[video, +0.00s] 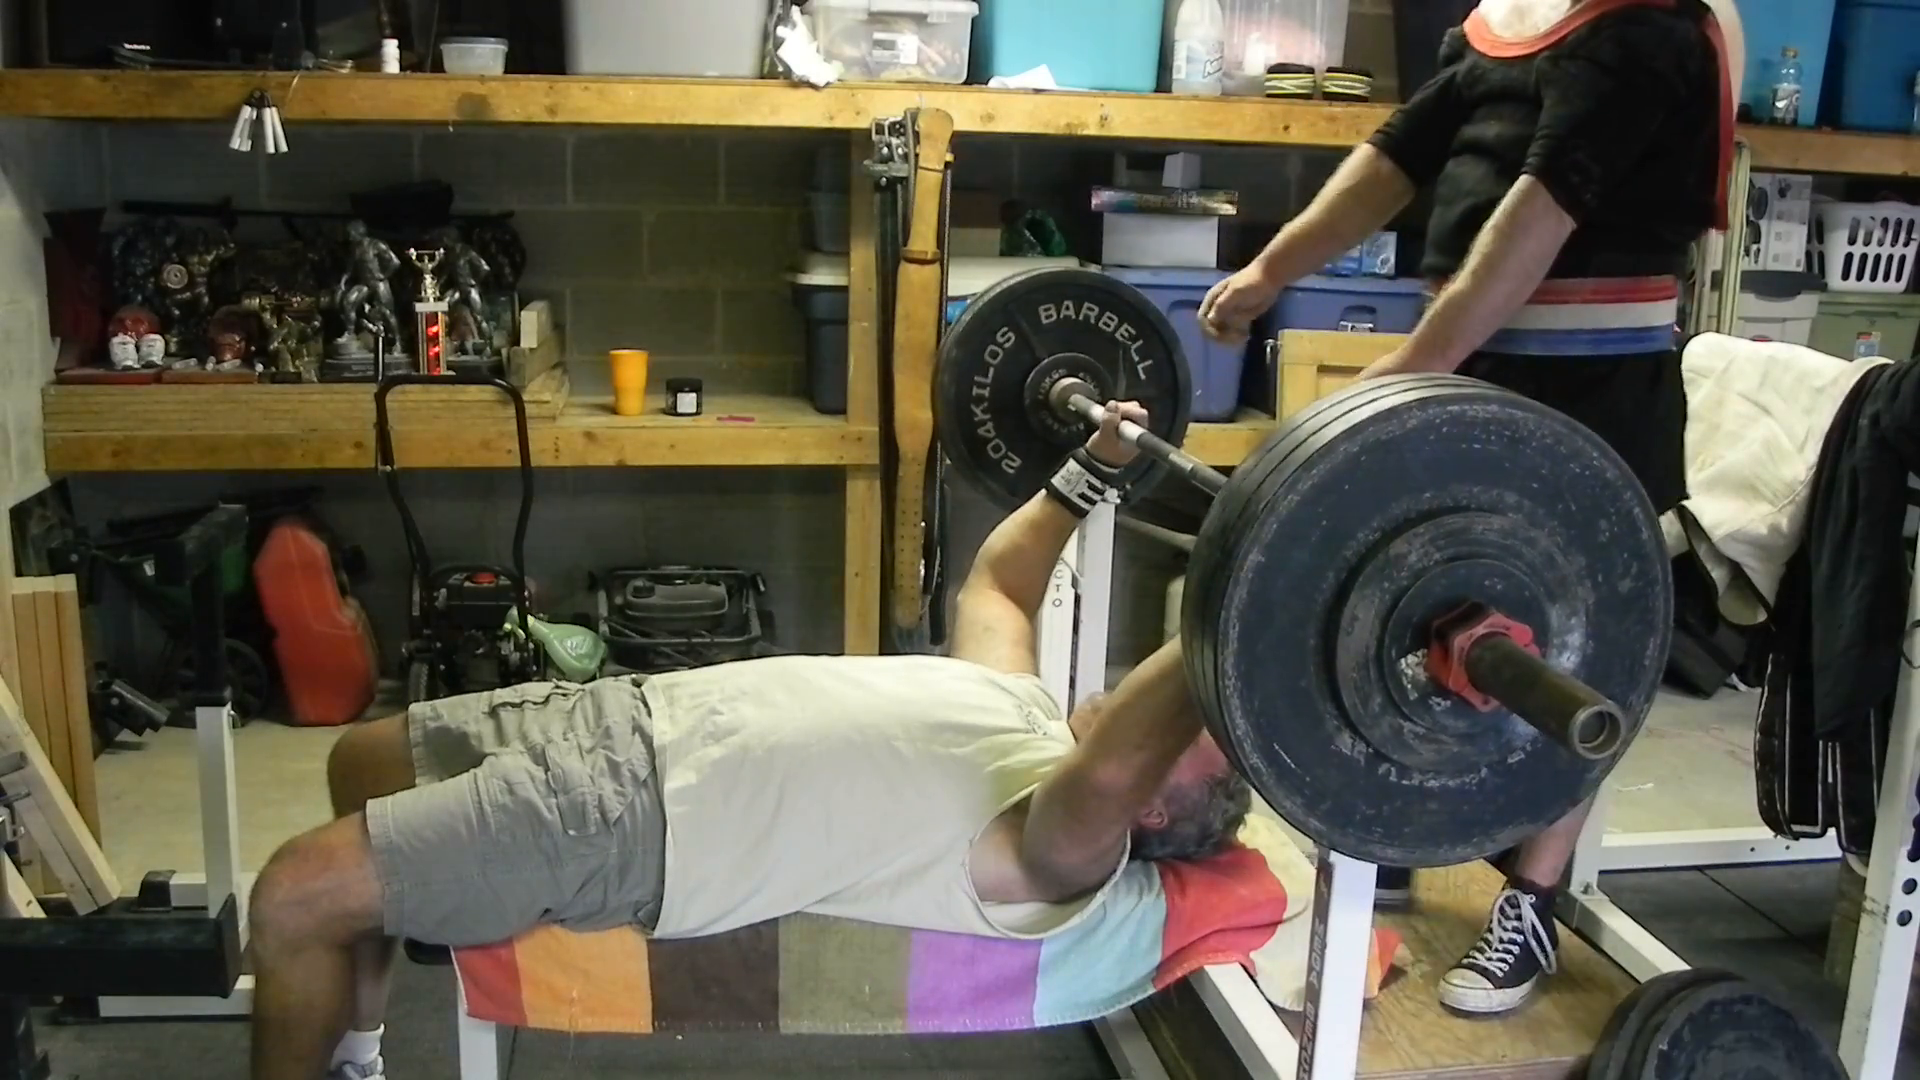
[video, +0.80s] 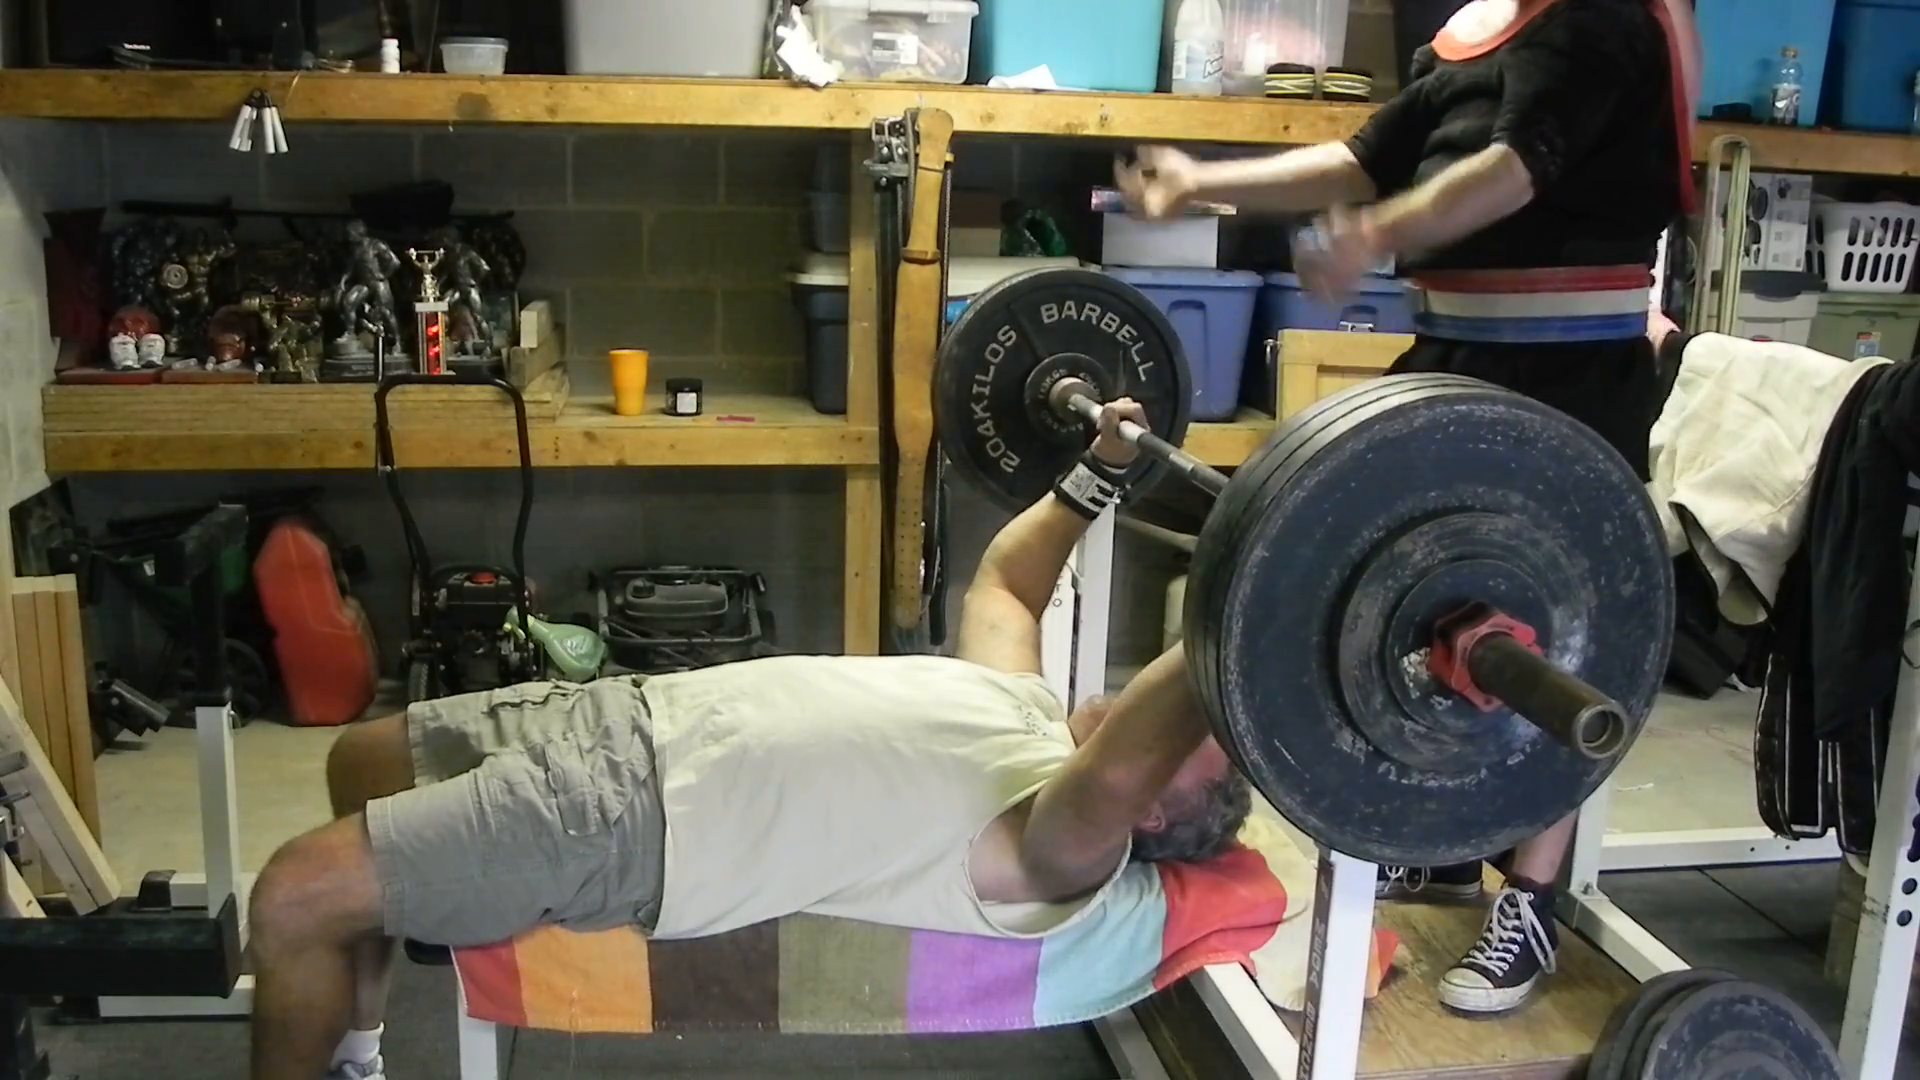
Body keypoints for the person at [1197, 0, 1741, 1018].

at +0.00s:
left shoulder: (1647, 29)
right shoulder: (1499, 27)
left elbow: (1529, 224)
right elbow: (1394, 156)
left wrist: (1394, 383)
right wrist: (1269, 270)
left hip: (1595, 387)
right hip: (1464, 372)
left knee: (1568, 638)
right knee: (1410, 607)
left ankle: (1529, 900)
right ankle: (1378, 839)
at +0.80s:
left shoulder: (1604, 20)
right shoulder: (1468, 33)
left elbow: (1522, 165)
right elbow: (1366, 161)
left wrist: (1373, 235)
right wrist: (1201, 185)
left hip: (1579, 373)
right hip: (1461, 359)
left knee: (1559, 632)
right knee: (1431, 598)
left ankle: (1532, 894)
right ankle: (1442, 833)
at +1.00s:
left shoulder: (1590, 19)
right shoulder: (1440, 29)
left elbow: (1509, 152)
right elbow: (1345, 166)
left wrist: (1352, 111)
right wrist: (1193, 112)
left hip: (1562, 376)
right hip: (1439, 362)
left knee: (1546, 633)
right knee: (1419, 604)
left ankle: (1529, 893)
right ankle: (1438, 832)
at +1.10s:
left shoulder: (1590, 16)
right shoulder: (1435, 24)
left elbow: (1510, 149)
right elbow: (1342, 166)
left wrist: (1362, 86)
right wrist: (1194, 95)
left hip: (1553, 368)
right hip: (1428, 356)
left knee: (1536, 630)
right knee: (1414, 605)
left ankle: (1527, 894)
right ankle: (1437, 833)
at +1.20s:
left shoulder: (1587, 18)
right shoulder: (1430, 28)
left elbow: (1510, 151)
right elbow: (1330, 165)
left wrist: (1371, 75)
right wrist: (1196, 79)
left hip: (1546, 368)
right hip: (1417, 357)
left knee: (1535, 629)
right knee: (1409, 605)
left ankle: (1526, 891)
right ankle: (1439, 832)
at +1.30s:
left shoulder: (1583, 18)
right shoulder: (1429, 30)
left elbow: (1509, 151)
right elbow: (1323, 161)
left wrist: (1372, 71)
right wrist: (1200, 65)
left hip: (1539, 364)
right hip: (1409, 352)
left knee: (1530, 625)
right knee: (1391, 602)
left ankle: (1527, 891)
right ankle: (1427, 828)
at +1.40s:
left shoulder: (1580, 19)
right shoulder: (1429, 37)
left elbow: (1508, 151)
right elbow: (1317, 161)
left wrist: (1374, 67)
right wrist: (1205, 56)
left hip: (1538, 367)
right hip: (1409, 357)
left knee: (1527, 626)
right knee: (1399, 604)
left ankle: (1527, 889)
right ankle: (1438, 833)